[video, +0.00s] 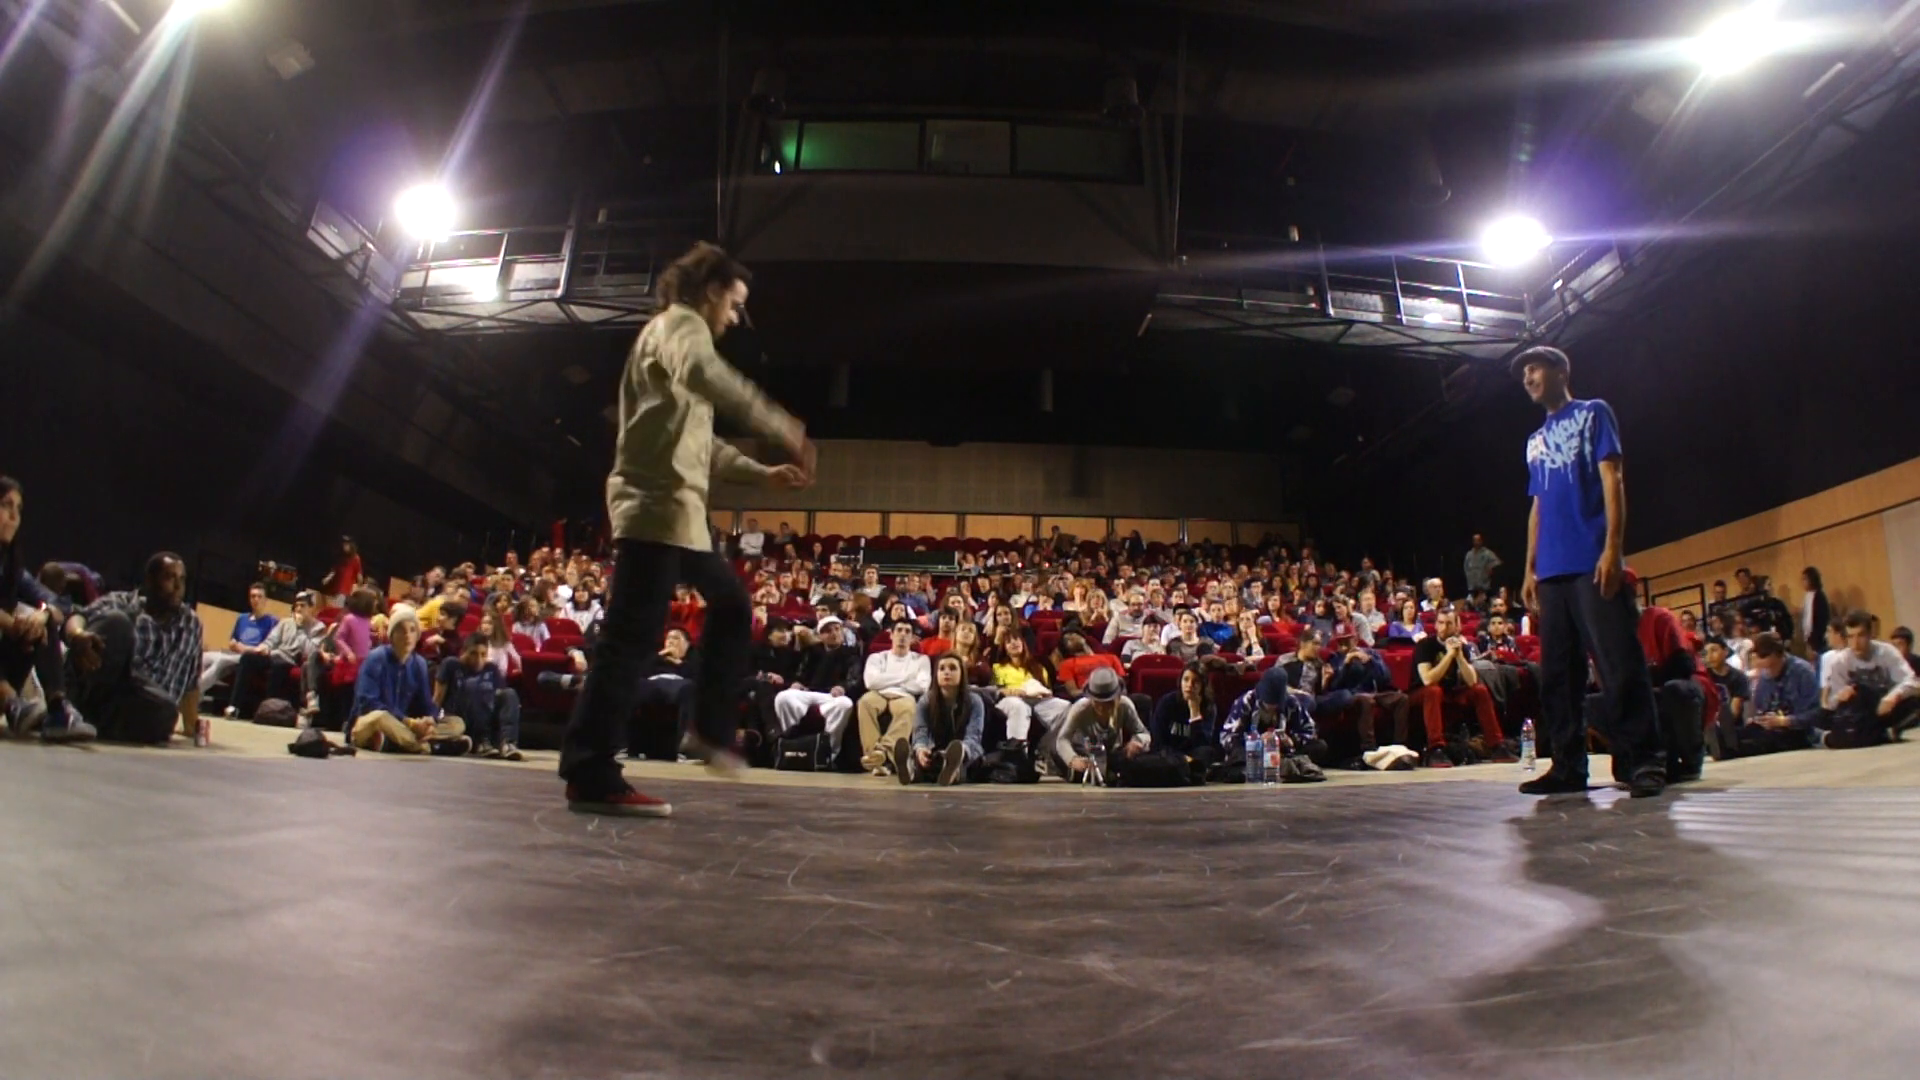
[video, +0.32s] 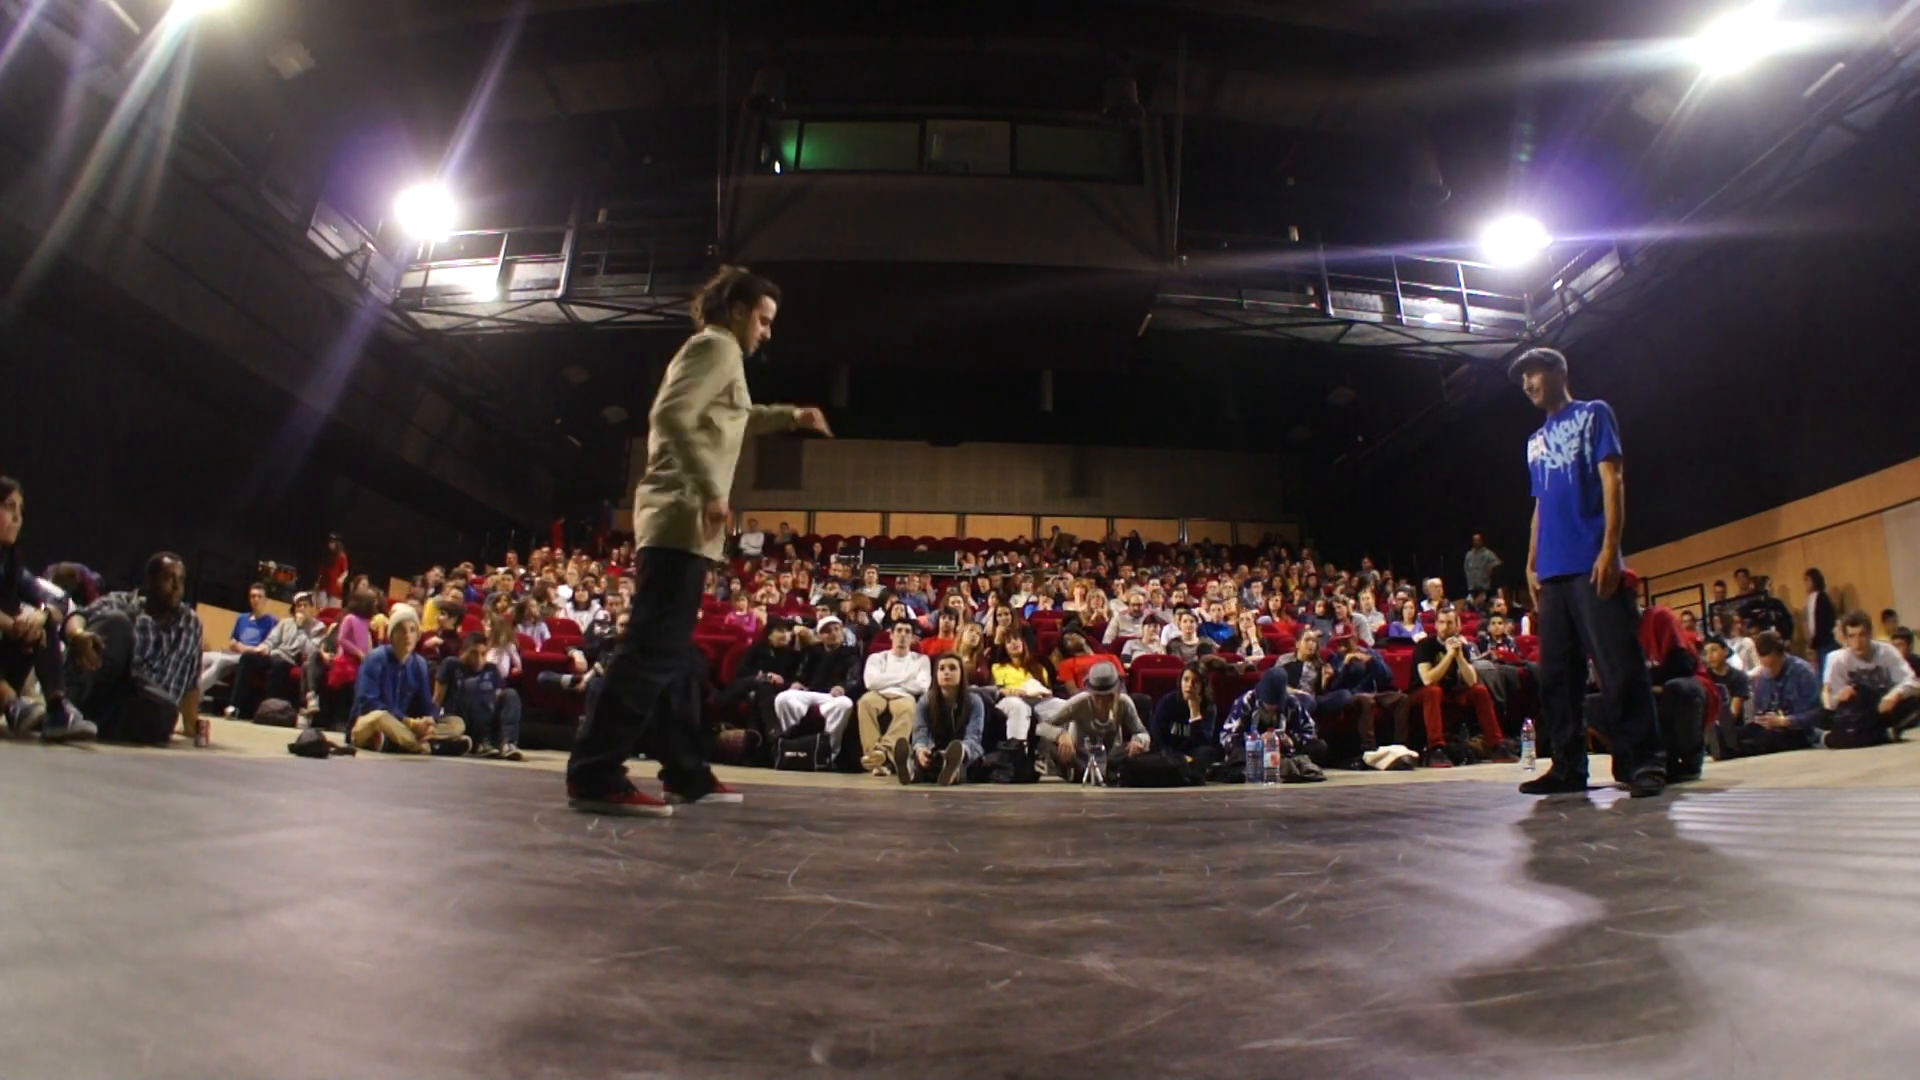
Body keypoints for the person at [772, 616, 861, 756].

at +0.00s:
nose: (834, 634)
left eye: (837, 629)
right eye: (827, 631)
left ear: (842, 632)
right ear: (820, 636)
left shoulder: (850, 652)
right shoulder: (812, 651)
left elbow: (854, 679)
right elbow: (801, 674)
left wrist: (842, 688)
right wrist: (798, 683)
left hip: (832, 694)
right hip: (809, 691)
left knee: (844, 704)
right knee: (783, 699)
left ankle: (829, 754)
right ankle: (793, 749)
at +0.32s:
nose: (833, 634)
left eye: (836, 629)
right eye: (827, 631)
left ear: (842, 632)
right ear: (820, 635)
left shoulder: (850, 653)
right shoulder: (812, 651)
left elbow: (854, 679)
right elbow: (801, 673)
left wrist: (842, 688)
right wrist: (798, 683)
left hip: (831, 694)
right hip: (808, 691)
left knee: (844, 704)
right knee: (783, 700)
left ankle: (829, 754)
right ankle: (793, 749)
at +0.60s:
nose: (833, 634)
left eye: (836, 629)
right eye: (827, 631)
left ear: (841, 632)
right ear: (819, 635)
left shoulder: (850, 652)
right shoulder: (812, 651)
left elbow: (854, 679)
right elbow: (801, 674)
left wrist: (842, 688)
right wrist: (798, 683)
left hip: (832, 694)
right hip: (808, 692)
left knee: (844, 704)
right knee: (783, 700)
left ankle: (829, 754)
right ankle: (794, 749)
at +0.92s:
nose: (833, 635)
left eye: (836, 630)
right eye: (827, 632)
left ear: (842, 632)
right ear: (820, 636)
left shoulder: (850, 653)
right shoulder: (812, 651)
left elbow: (854, 679)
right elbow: (801, 673)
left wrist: (842, 688)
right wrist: (798, 683)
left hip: (832, 694)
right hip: (809, 691)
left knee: (844, 704)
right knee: (783, 700)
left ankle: (829, 754)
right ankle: (793, 749)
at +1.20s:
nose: (833, 635)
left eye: (836, 630)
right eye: (827, 632)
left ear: (842, 632)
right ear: (819, 636)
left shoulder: (850, 653)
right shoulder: (812, 651)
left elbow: (854, 679)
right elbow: (802, 675)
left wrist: (842, 688)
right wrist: (798, 683)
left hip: (832, 694)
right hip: (808, 691)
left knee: (844, 704)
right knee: (783, 700)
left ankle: (829, 754)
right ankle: (792, 749)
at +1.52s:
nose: (832, 634)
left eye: (835, 630)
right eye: (827, 632)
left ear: (841, 632)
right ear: (820, 636)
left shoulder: (849, 653)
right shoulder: (811, 651)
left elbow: (853, 678)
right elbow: (801, 674)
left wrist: (842, 688)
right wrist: (797, 683)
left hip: (831, 694)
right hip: (808, 692)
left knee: (844, 704)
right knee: (789, 698)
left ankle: (831, 753)